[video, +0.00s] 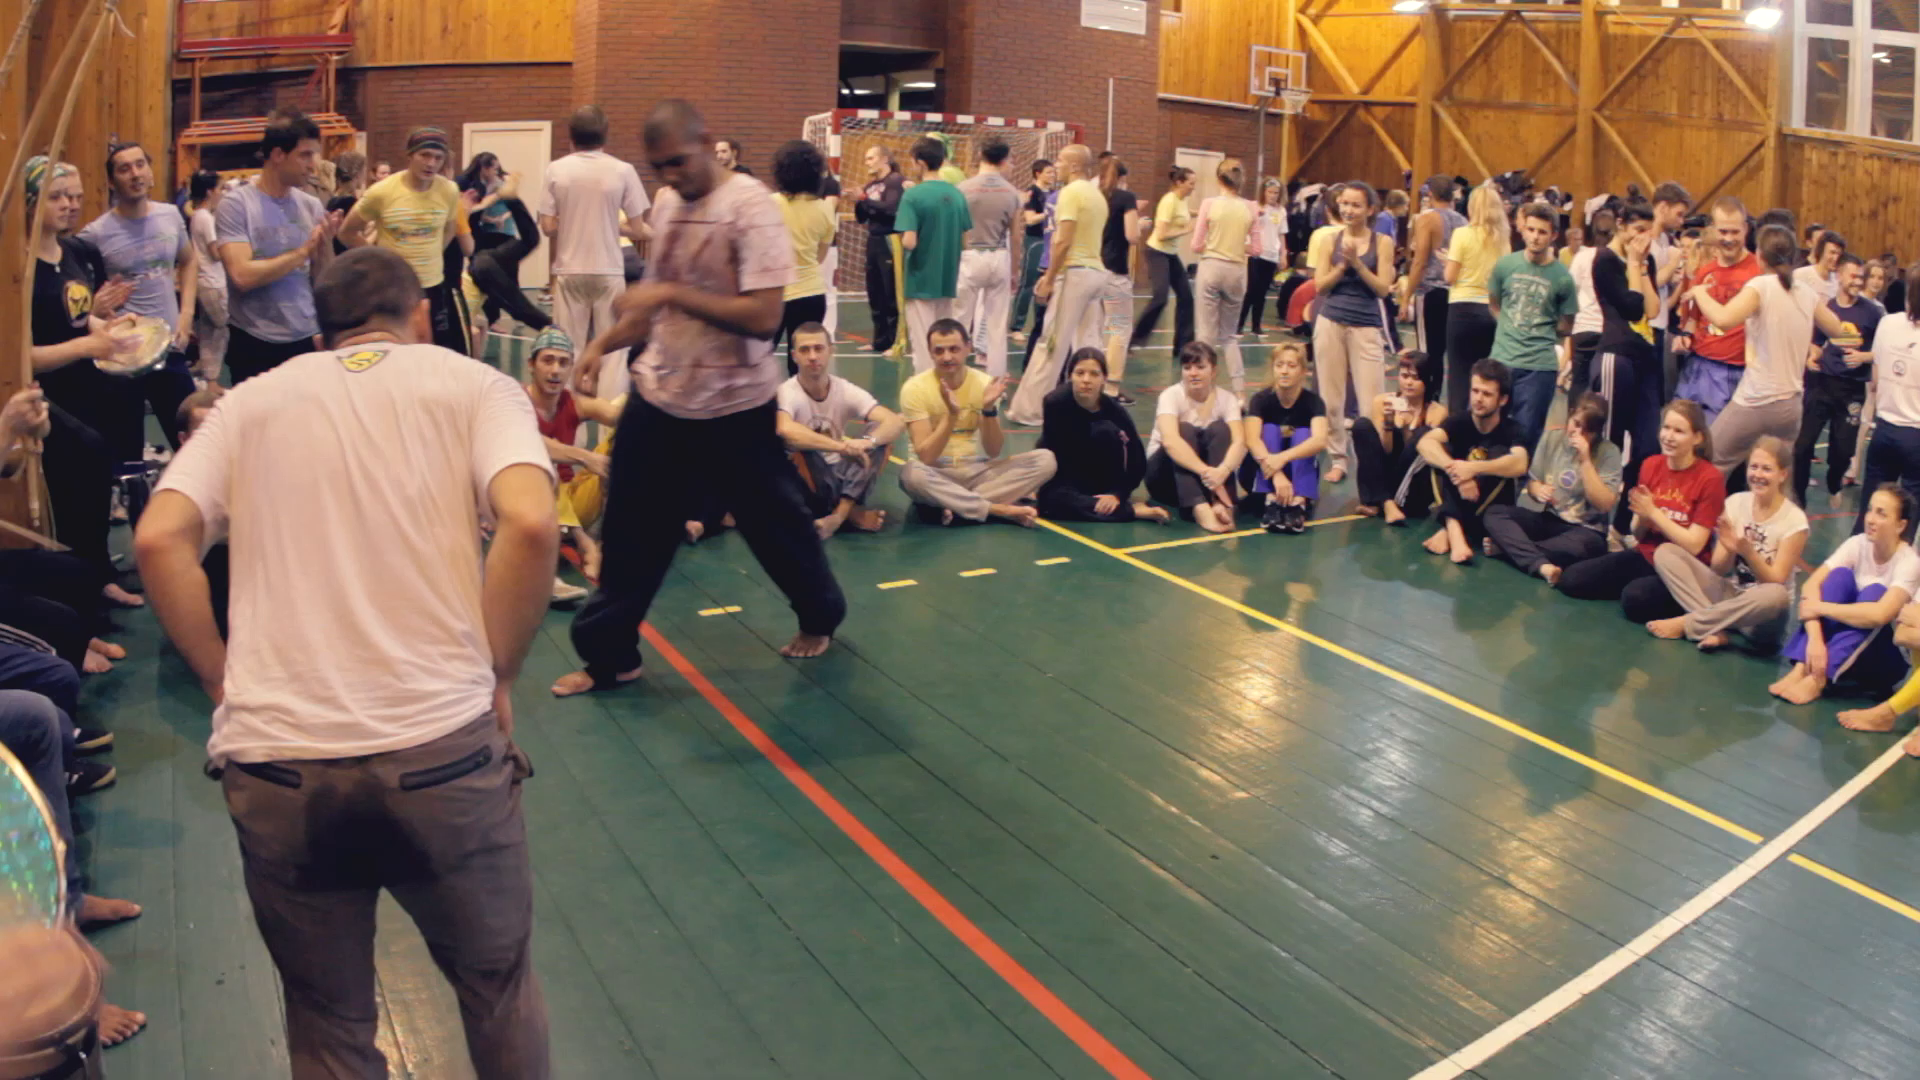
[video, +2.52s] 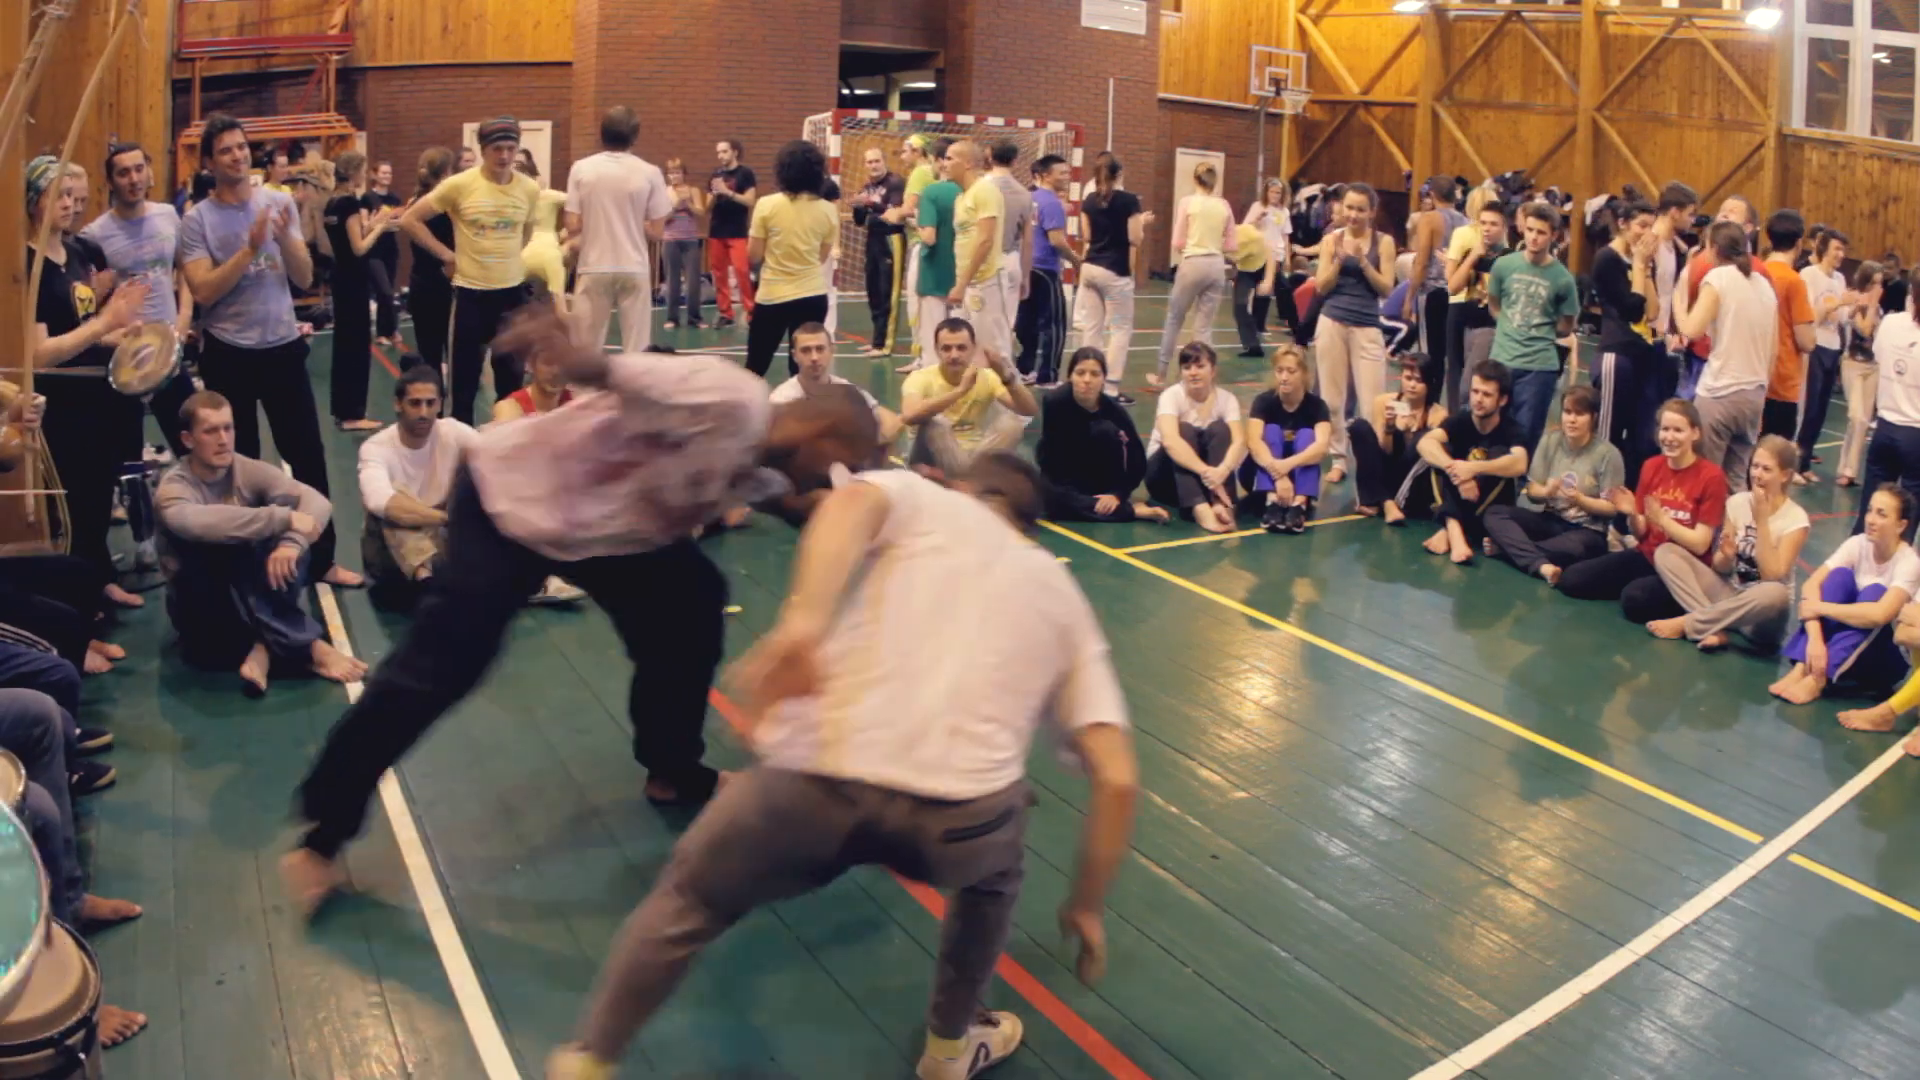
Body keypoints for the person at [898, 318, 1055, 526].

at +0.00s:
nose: (947, 358)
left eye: (954, 350)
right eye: (939, 351)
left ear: (968, 348)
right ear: (930, 353)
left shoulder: (984, 383)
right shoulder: (915, 389)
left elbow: (993, 450)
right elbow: (926, 456)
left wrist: (988, 409)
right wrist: (951, 416)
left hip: (980, 470)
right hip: (939, 473)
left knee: (1046, 460)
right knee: (911, 474)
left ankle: (959, 508)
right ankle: (996, 510)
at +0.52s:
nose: (946, 360)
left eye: (954, 352)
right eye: (939, 353)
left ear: (969, 351)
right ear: (932, 352)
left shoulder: (985, 384)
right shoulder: (916, 388)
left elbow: (995, 451)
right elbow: (924, 455)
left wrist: (987, 412)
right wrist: (954, 420)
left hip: (982, 469)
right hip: (939, 472)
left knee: (1046, 460)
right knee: (911, 474)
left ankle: (959, 508)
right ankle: (994, 509)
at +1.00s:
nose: (941, 356)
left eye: (949, 348)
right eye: (935, 349)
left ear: (966, 348)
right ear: (929, 350)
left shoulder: (986, 383)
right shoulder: (914, 387)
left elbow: (993, 451)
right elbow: (916, 452)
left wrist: (988, 422)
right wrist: (947, 427)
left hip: (981, 469)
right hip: (937, 471)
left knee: (1046, 460)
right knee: (911, 473)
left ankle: (960, 509)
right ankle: (993, 509)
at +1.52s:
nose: (955, 366)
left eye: (963, 358)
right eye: (949, 357)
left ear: (976, 358)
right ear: (940, 356)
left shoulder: (992, 392)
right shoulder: (920, 389)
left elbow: (988, 463)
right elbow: (925, 457)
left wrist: (983, 426)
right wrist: (965, 425)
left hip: (982, 476)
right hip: (940, 476)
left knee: (1049, 466)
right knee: (911, 474)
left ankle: (960, 509)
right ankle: (994, 510)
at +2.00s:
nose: (955, 366)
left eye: (964, 359)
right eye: (949, 358)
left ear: (978, 360)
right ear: (940, 355)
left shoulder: (989, 390)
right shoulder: (918, 388)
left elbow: (982, 458)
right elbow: (922, 456)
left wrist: (981, 423)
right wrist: (963, 423)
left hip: (979, 468)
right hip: (939, 470)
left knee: (1041, 454)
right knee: (913, 471)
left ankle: (960, 507)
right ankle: (996, 509)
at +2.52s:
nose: (954, 355)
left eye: (961, 348)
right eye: (946, 349)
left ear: (973, 349)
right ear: (937, 350)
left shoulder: (987, 378)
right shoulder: (919, 378)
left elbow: (1030, 410)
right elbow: (910, 416)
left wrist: (1007, 376)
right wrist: (960, 391)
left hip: (979, 451)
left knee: (1013, 424)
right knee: (935, 426)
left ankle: (975, 475)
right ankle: (968, 478)